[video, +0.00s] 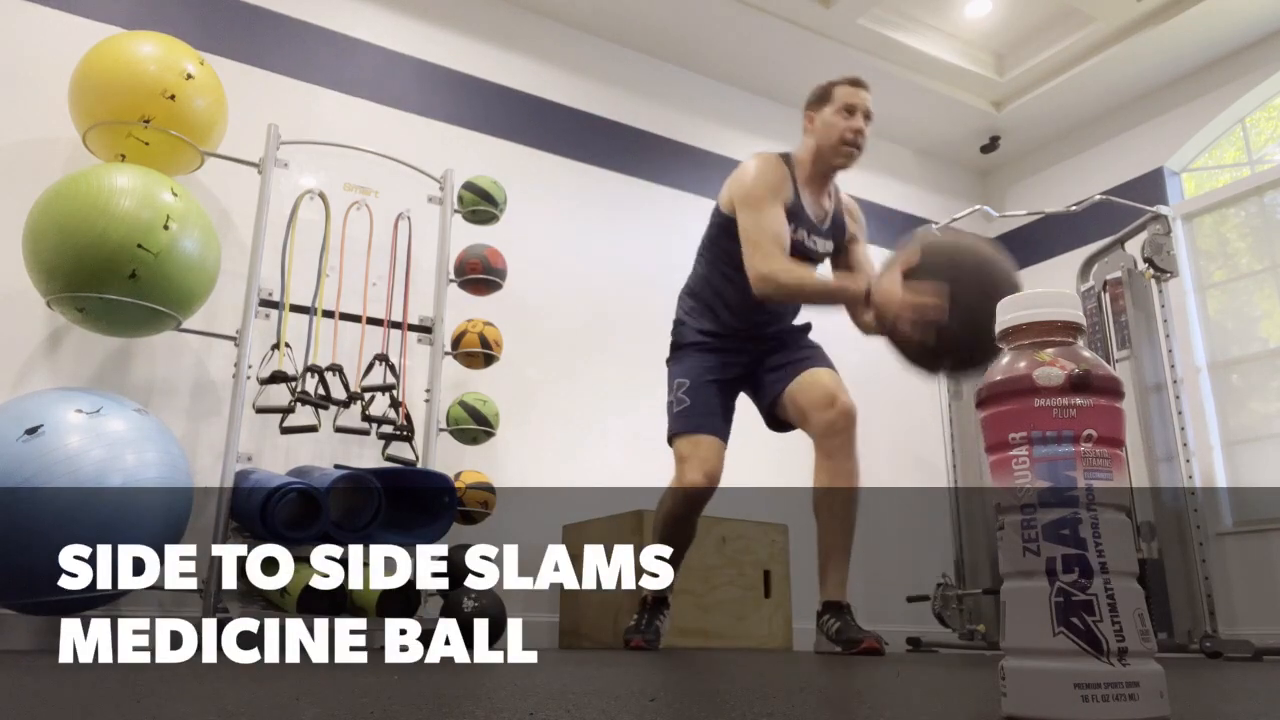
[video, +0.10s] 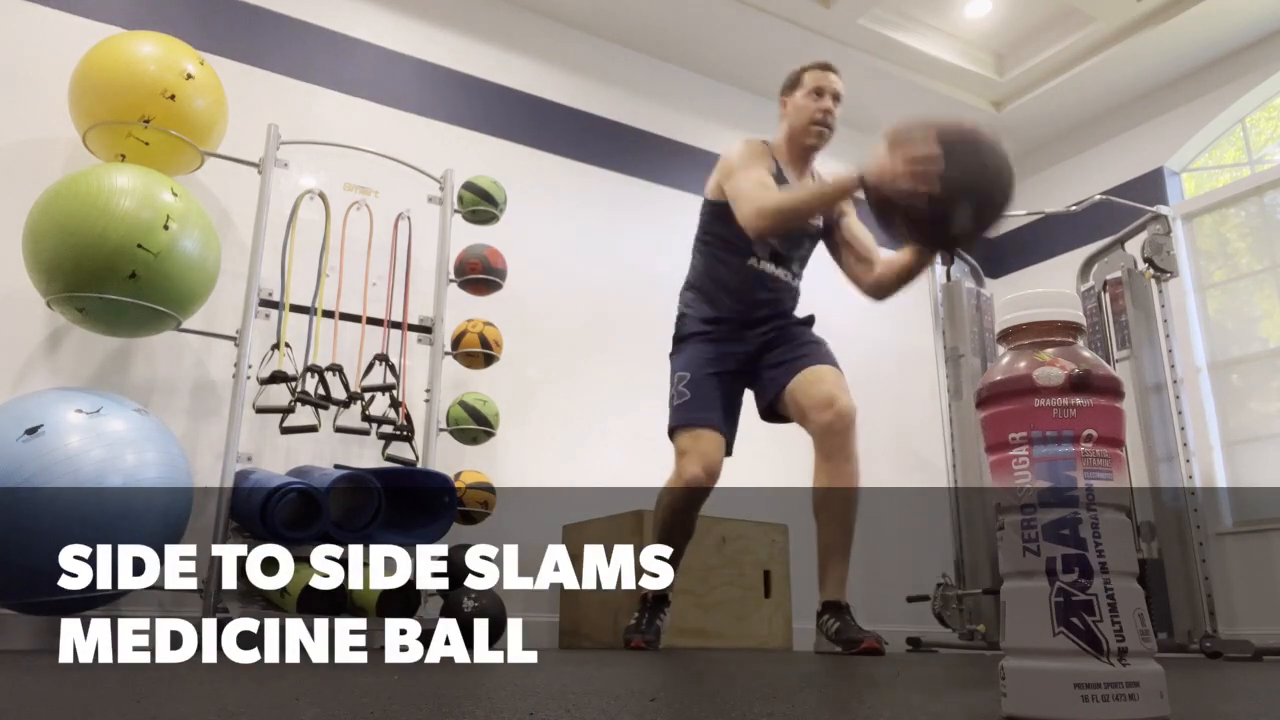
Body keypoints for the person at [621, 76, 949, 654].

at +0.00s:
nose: (859, 126)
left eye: (866, 119)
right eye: (848, 112)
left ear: (867, 135)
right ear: (811, 119)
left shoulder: (846, 213)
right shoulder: (761, 174)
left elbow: (863, 314)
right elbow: (767, 276)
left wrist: (912, 315)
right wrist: (868, 288)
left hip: (777, 338)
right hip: (709, 335)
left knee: (837, 416)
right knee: (698, 476)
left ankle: (834, 612)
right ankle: (654, 600)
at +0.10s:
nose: (827, 106)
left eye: (835, 100)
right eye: (816, 94)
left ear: (837, 117)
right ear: (784, 103)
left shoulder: (828, 193)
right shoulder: (746, 155)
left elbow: (876, 279)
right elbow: (757, 215)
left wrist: (933, 239)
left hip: (780, 331)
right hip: (709, 328)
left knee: (836, 414)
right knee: (698, 470)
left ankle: (833, 611)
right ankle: (653, 600)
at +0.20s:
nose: (802, 105)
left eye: (810, 98)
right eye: (791, 92)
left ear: (818, 115)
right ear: (764, 100)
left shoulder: (819, 190)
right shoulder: (729, 159)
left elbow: (890, 228)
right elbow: (775, 108)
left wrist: (923, 149)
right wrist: (828, 57)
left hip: (789, 323)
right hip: (713, 324)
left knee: (835, 414)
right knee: (694, 465)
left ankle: (833, 610)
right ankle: (654, 598)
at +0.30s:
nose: (786, 91)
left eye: (796, 85)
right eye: (775, 83)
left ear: (808, 105)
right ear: (750, 100)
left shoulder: (821, 178)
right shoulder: (726, 152)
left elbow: (896, 151)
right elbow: (707, 74)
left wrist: (894, 55)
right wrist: (767, 1)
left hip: (797, 311)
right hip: (717, 312)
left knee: (830, 414)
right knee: (687, 461)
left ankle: (833, 608)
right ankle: (655, 595)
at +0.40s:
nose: (761, 84)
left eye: (773, 76)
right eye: (751, 78)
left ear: (796, 91)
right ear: (739, 96)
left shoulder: (823, 152)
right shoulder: (720, 143)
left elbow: (875, 67)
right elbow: (670, 53)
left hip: (799, 300)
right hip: (721, 303)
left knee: (822, 412)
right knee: (681, 448)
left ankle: (834, 608)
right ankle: (667, 598)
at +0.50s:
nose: (737, 72)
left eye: (750, 62)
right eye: (731, 68)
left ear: (782, 72)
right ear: (728, 84)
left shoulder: (815, 116)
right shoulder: (720, 135)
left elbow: (826, 33)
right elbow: (654, 72)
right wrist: (679, 2)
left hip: (794, 284)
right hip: (723, 292)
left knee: (802, 407)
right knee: (683, 433)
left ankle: (840, 603)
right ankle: (687, 599)